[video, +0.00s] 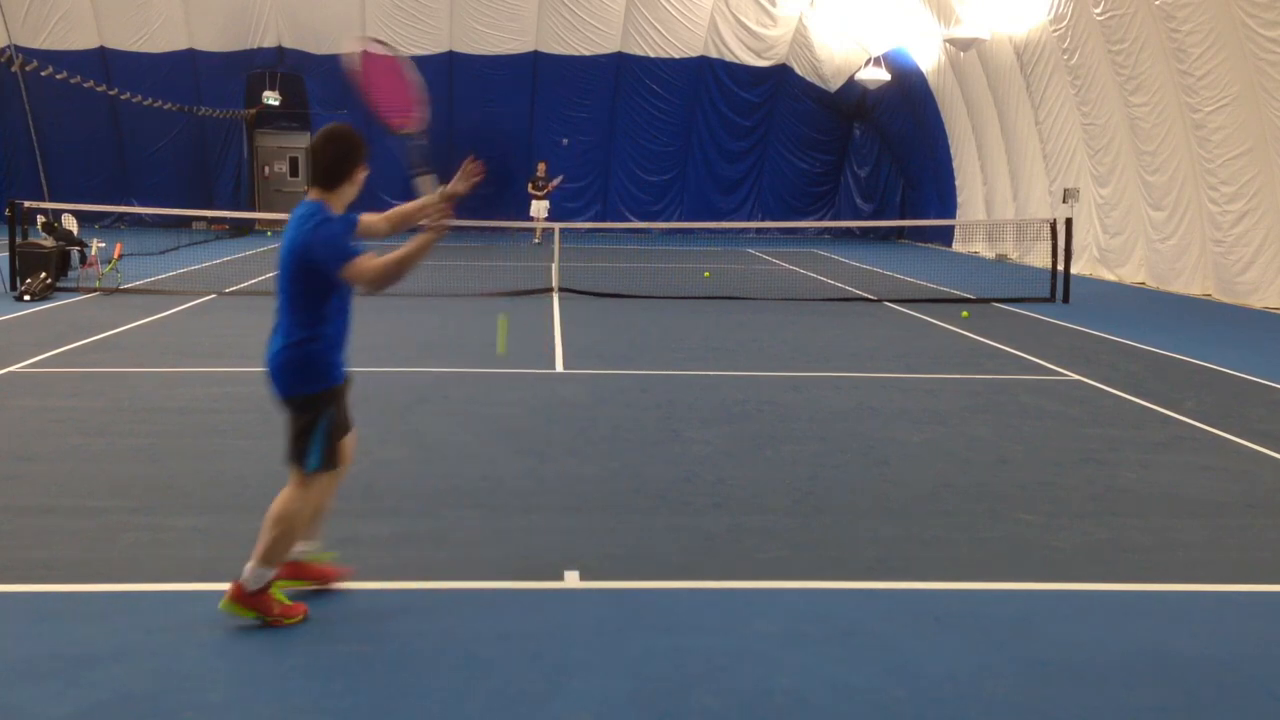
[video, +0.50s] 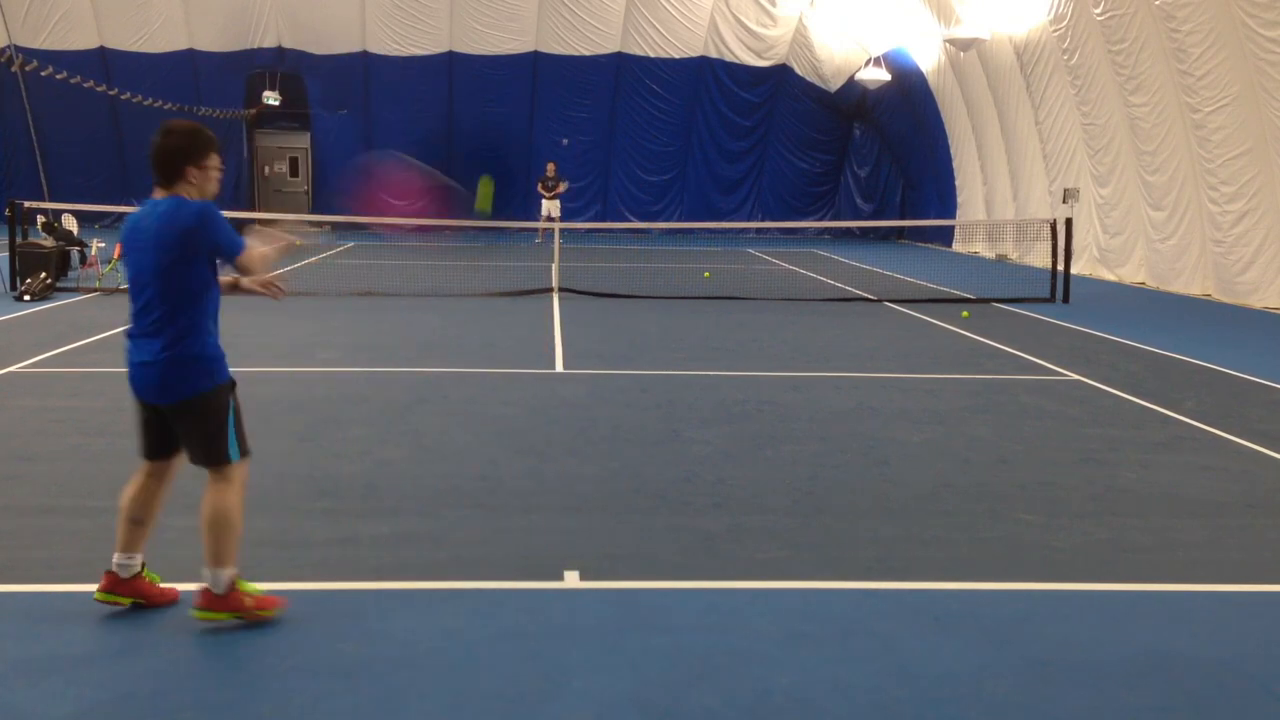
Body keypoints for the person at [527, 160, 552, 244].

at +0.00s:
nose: (541, 168)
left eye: (543, 166)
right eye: (540, 166)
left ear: (545, 168)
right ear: (537, 167)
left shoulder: (547, 178)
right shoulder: (533, 178)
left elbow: (549, 188)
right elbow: (529, 189)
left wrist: (551, 187)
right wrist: (538, 193)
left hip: (543, 201)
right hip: (535, 201)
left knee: (541, 219)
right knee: (535, 219)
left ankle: (538, 237)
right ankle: (537, 236)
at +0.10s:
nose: (542, 167)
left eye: (543, 166)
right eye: (540, 165)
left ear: (546, 167)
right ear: (538, 167)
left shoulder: (548, 178)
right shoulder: (534, 178)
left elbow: (551, 187)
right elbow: (530, 189)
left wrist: (545, 192)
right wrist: (538, 193)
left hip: (545, 200)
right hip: (537, 200)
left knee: (543, 218)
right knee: (537, 218)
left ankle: (540, 236)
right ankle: (538, 236)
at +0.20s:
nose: (543, 166)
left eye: (544, 165)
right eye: (541, 165)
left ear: (547, 166)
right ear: (539, 166)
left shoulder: (550, 176)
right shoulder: (536, 176)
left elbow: (554, 185)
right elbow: (531, 186)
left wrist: (546, 191)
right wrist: (540, 192)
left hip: (547, 198)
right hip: (538, 198)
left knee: (546, 217)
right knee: (538, 217)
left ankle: (545, 237)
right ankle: (538, 237)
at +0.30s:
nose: (544, 166)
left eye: (546, 164)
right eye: (543, 164)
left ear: (549, 166)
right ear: (541, 165)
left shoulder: (552, 176)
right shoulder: (538, 176)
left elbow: (557, 186)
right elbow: (533, 186)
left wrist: (549, 191)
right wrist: (541, 191)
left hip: (549, 198)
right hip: (540, 199)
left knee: (551, 217)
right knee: (539, 217)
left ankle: (552, 236)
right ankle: (539, 237)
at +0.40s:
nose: (547, 167)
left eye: (549, 165)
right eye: (546, 165)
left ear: (552, 167)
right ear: (544, 167)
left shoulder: (555, 177)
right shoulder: (540, 177)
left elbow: (559, 187)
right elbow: (536, 187)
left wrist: (551, 192)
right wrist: (543, 193)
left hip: (552, 200)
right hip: (542, 200)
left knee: (554, 218)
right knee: (541, 218)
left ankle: (557, 237)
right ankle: (540, 237)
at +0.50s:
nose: (550, 168)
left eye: (552, 166)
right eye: (548, 166)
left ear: (554, 168)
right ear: (546, 167)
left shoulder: (558, 178)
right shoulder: (543, 178)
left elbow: (561, 188)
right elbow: (539, 188)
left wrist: (553, 193)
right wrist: (546, 194)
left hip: (555, 200)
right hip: (545, 200)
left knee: (557, 219)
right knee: (543, 218)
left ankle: (557, 237)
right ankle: (540, 237)